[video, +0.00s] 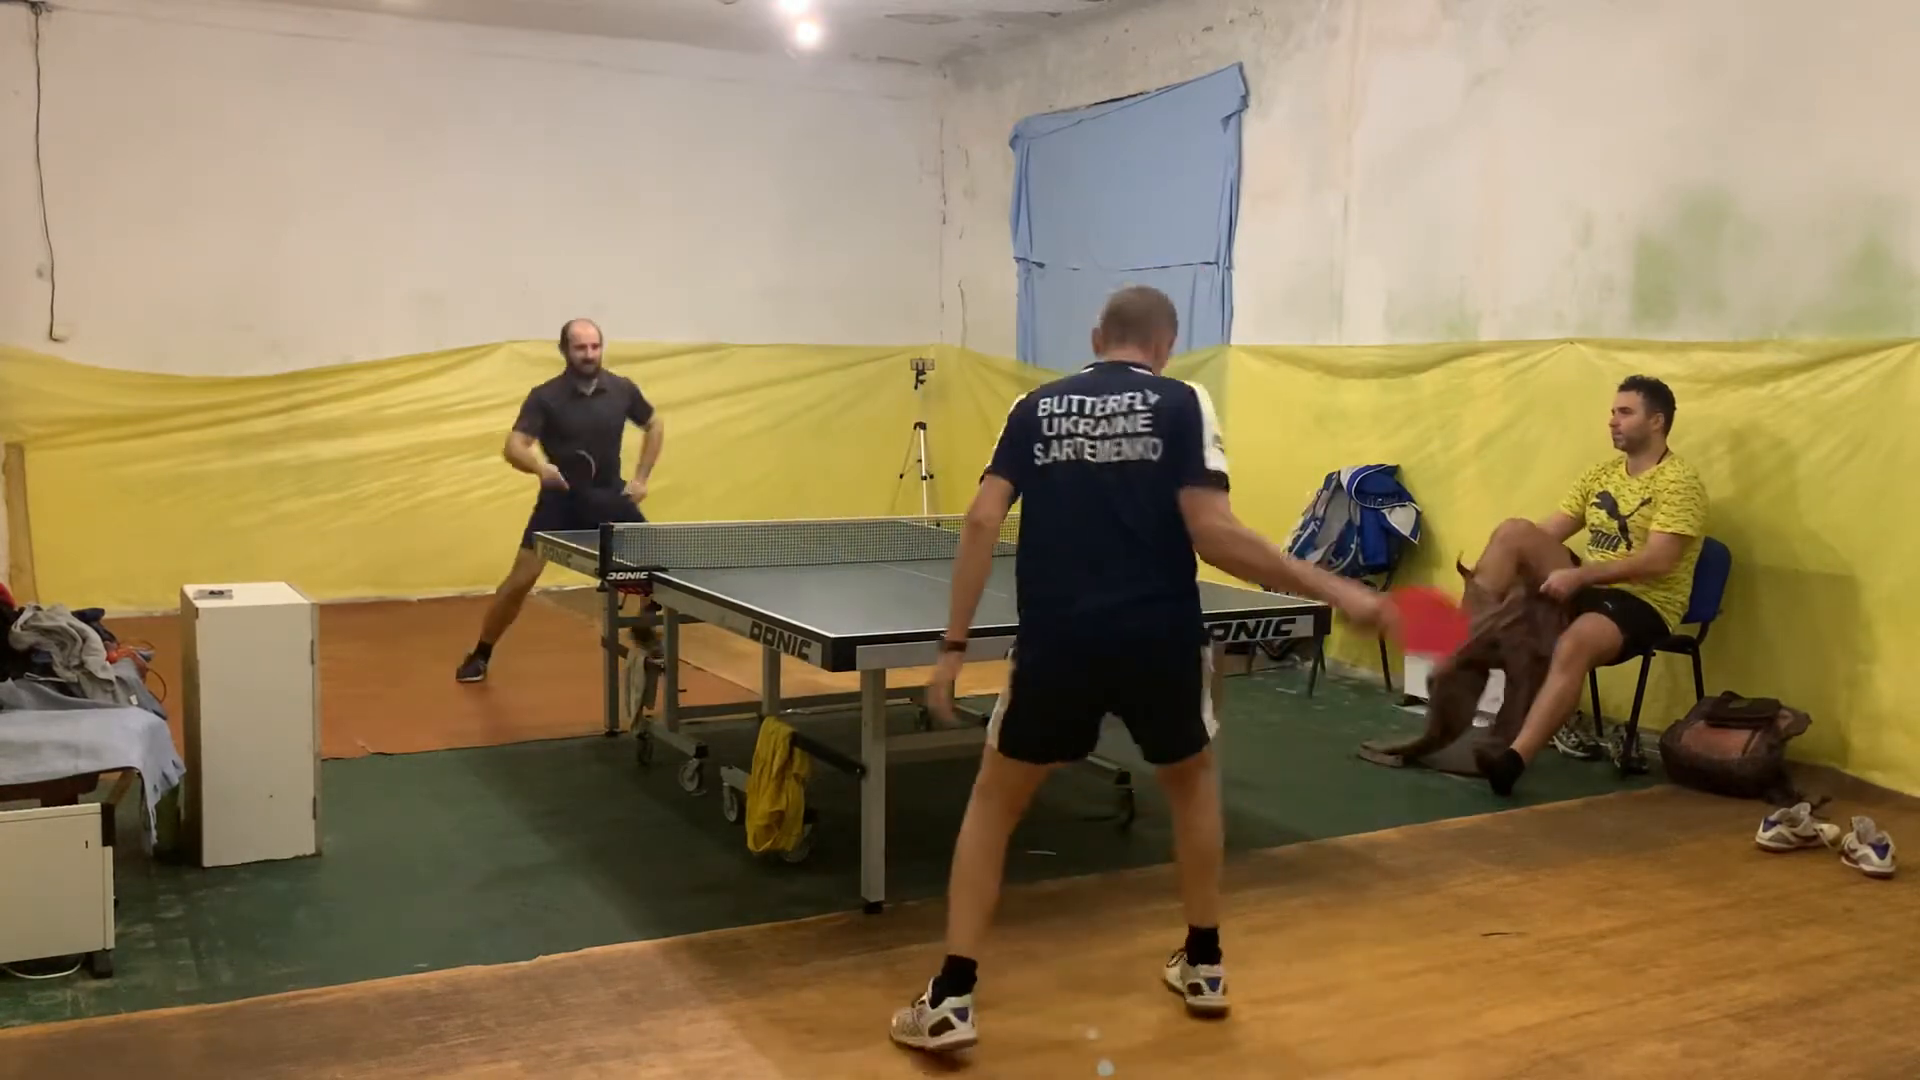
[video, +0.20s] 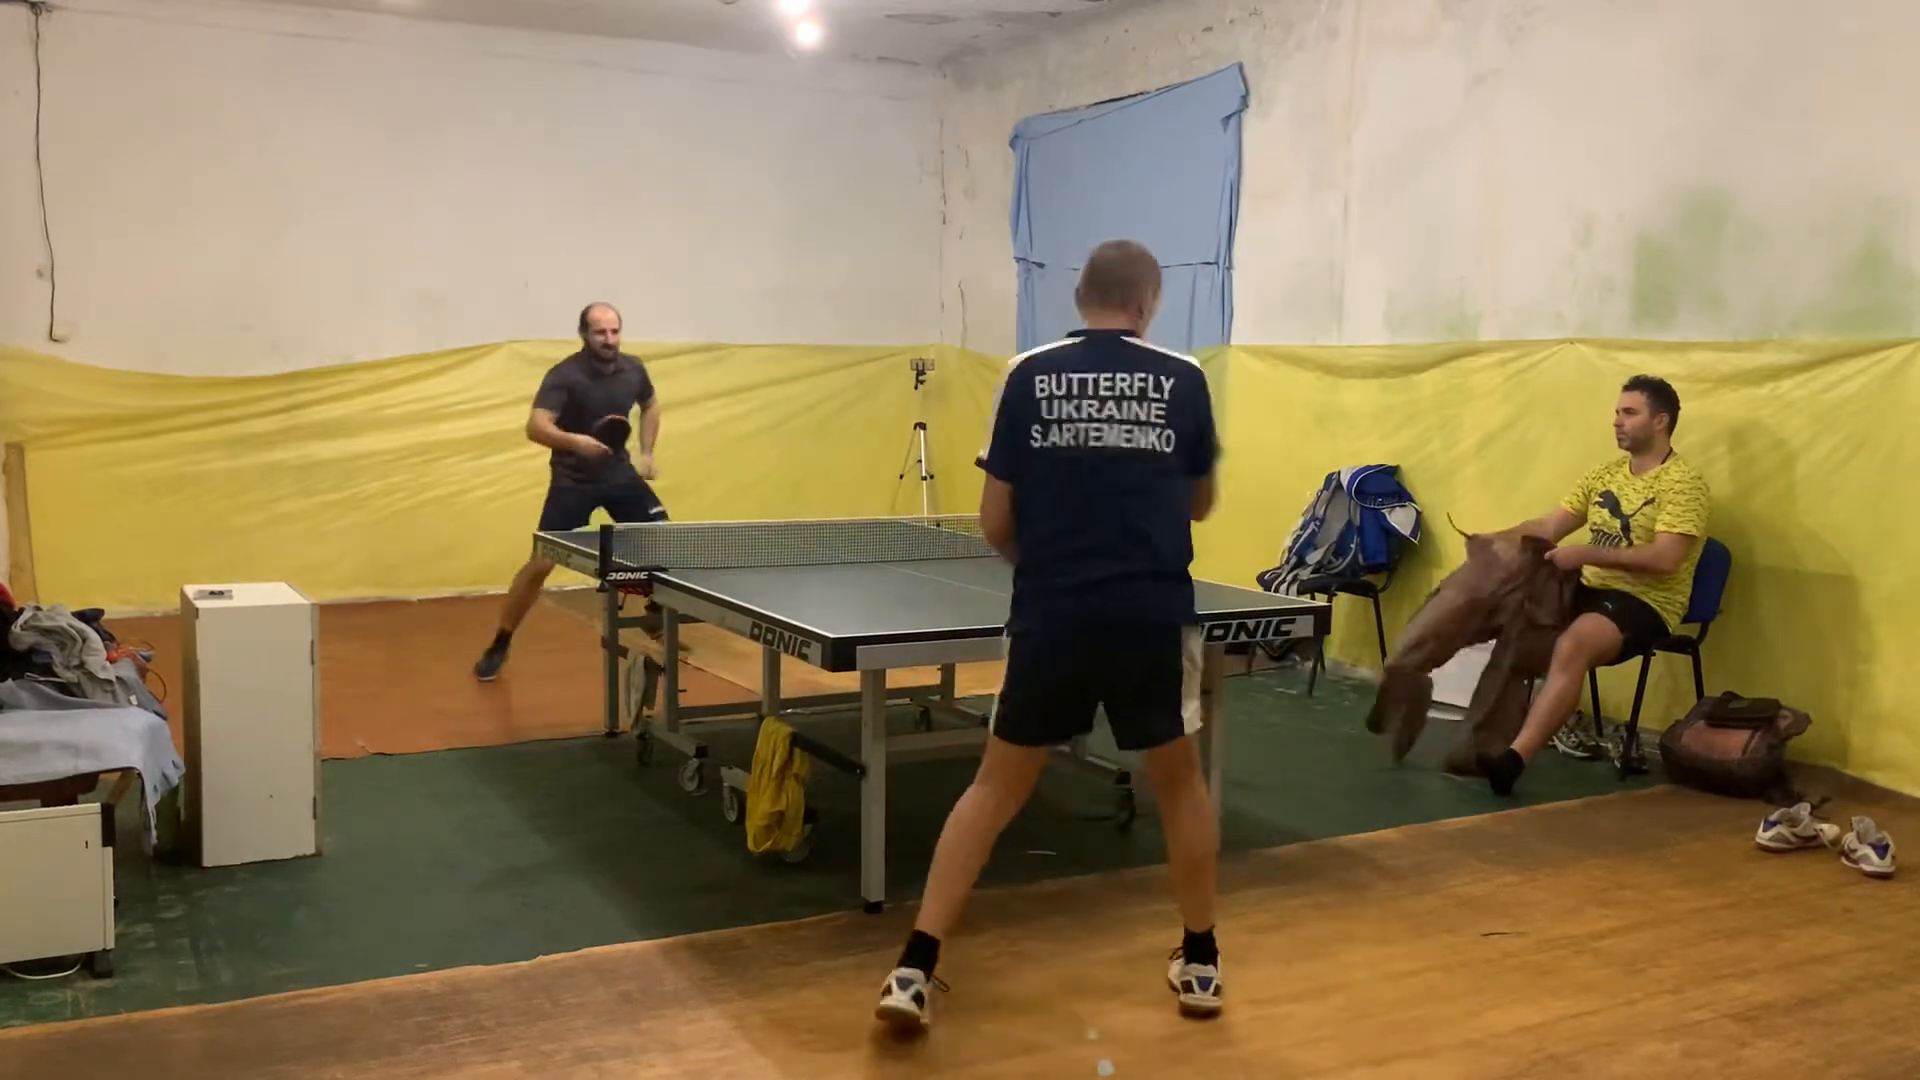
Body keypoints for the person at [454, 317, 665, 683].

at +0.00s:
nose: (589, 353)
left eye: (595, 346)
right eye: (580, 348)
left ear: (602, 348)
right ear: (565, 351)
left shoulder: (622, 390)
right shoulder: (545, 396)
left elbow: (654, 424)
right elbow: (514, 447)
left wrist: (641, 477)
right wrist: (541, 468)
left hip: (610, 501)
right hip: (559, 502)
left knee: (662, 565)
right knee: (520, 582)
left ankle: (644, 624)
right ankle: (481, 653)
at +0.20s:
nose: (609, 339)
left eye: (614, 331)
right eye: (600, 332)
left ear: (621, 332)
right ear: (584, 335)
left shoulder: (633, 369)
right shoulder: (564, 375)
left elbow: (650, 406)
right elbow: (536, 428)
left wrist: (647, 452)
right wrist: (576, 441)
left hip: (619, 476)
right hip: (572, 481)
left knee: (665, 544)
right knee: (541, 564)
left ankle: (655, 622)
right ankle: (500, 643)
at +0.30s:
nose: (631, 347)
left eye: (636, 340)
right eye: (623, 341)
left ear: (642, 340)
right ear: (606, 341)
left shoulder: (646, 375)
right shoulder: (584, 379)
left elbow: (670, 412)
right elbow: (573, 439)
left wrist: (679, 455)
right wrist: (620, 464)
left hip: (624, 476)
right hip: (580, 480)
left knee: (673, 542)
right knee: (561, 563)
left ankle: (690, 621)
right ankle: (526, 644)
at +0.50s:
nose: (694, 352)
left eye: (695, 344)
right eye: (687, 345)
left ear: (688, 345)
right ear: (664, 347)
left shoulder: (666, 366)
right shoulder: (663, 389)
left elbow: (693, 367)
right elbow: (723, 423)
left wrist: (728, 377)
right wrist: (780, 444)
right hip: (647, 489)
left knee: (580, 563)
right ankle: (707, 637)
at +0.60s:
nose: (722, 333)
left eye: (722, 327)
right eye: (717, 327)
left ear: (693, 328)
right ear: (694, 328)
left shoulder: (673, 347)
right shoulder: (686, 366)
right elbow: (727, 412)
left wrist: (708, 384)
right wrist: (776, 439)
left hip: (662, 466)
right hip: (678, 470)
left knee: (655, 549)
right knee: (717, 544)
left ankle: (596, 607)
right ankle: (713, 627)